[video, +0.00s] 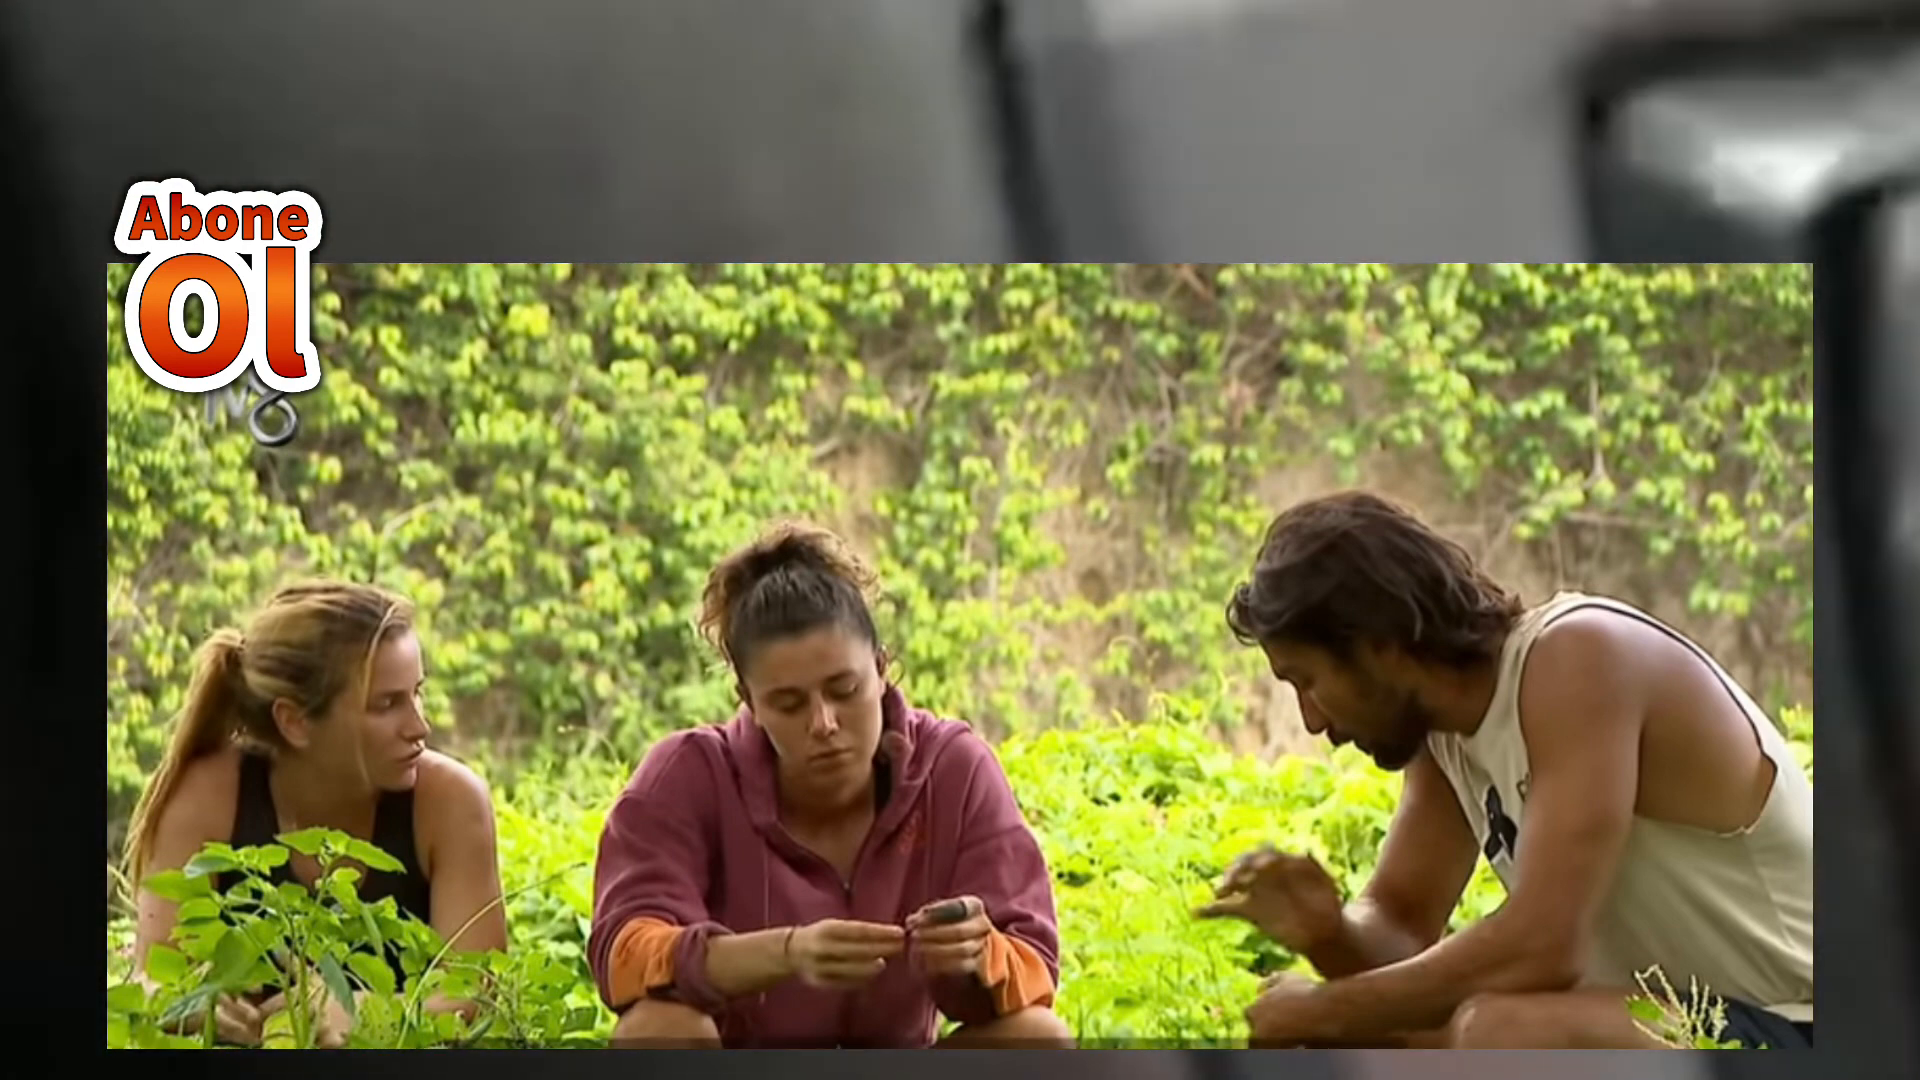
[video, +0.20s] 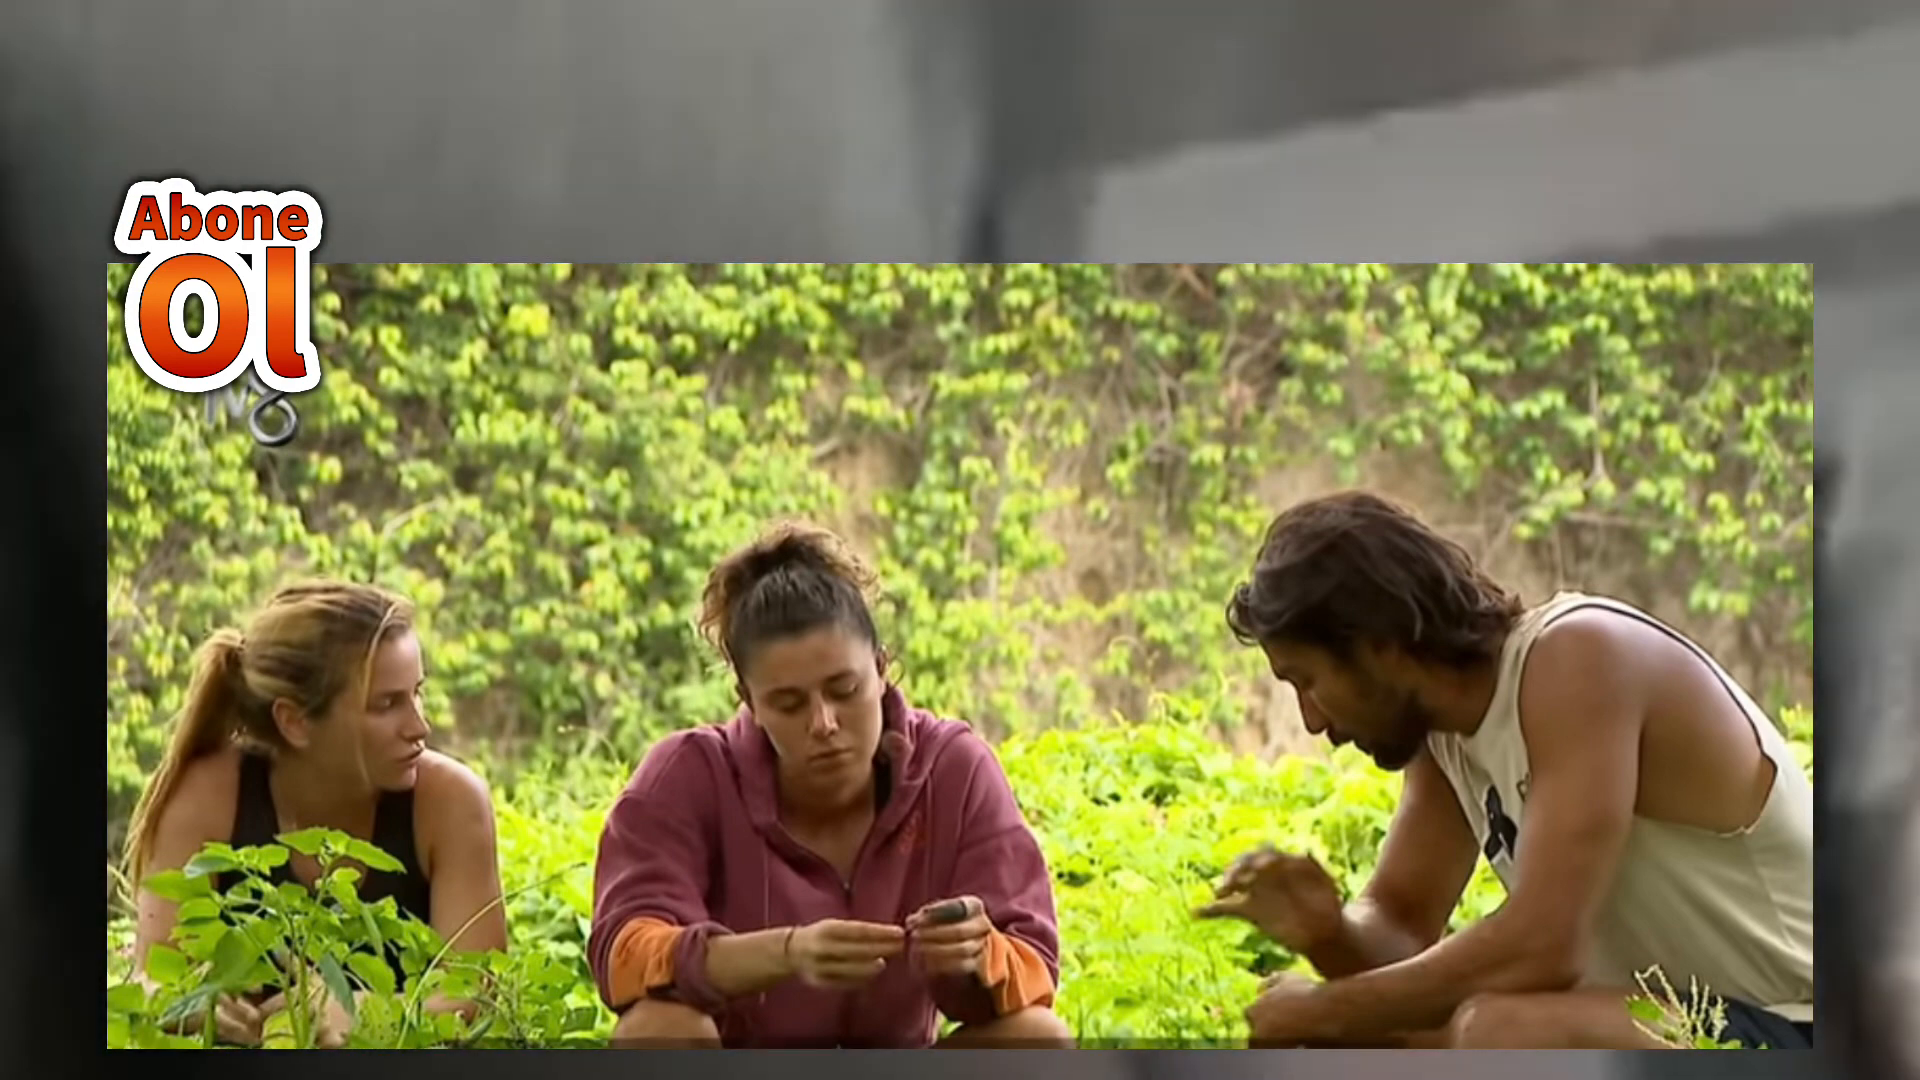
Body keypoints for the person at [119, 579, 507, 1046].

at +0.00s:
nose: (420, 725)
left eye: (417, 695)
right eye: (388, 705)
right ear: (295, 722)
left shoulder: (451, 799)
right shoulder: (206, 791)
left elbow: (470, 1001)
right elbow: (152, 982)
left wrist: (355, 1012)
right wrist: (197, 1008)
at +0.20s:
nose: (420, 725)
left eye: (417, 695)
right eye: (388, 705)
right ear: (295, 723)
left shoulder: (451, 800)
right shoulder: (205, 792)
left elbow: (471, 1002)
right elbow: (153, 983)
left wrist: (354, 1013)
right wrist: (200, 1009)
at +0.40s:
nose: (420, 725)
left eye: (417, 695)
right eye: (388, 705)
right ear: (295, 722)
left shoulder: (451, 799)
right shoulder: (205, 791)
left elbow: (470, 1002)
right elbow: (152, 983)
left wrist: (354, 1013)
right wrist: (197, 1008)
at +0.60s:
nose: (420, 725)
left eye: (417, 695)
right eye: (388, 705)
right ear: (295, 723)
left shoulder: (451, 799)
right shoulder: (206, 792)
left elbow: (471, 1002)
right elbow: (152, 983)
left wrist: (354, 1013)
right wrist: (199, 1008)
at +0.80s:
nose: (420, 725)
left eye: (417, 695)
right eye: (388, 705)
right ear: (295, 722)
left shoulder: (451, 799)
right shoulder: (206, 792)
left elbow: (471, 1001)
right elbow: (152, 983)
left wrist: (355, 1013)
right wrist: (200, 1008)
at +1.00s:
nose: (420, 725)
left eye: (417, 695)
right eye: (388, 705)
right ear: (295, 722)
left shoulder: (451, 799)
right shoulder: (206, 791)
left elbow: (470, 1001)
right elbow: (151, 983)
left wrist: (355, 1013)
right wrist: (198, 1008)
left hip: (386, 1066)